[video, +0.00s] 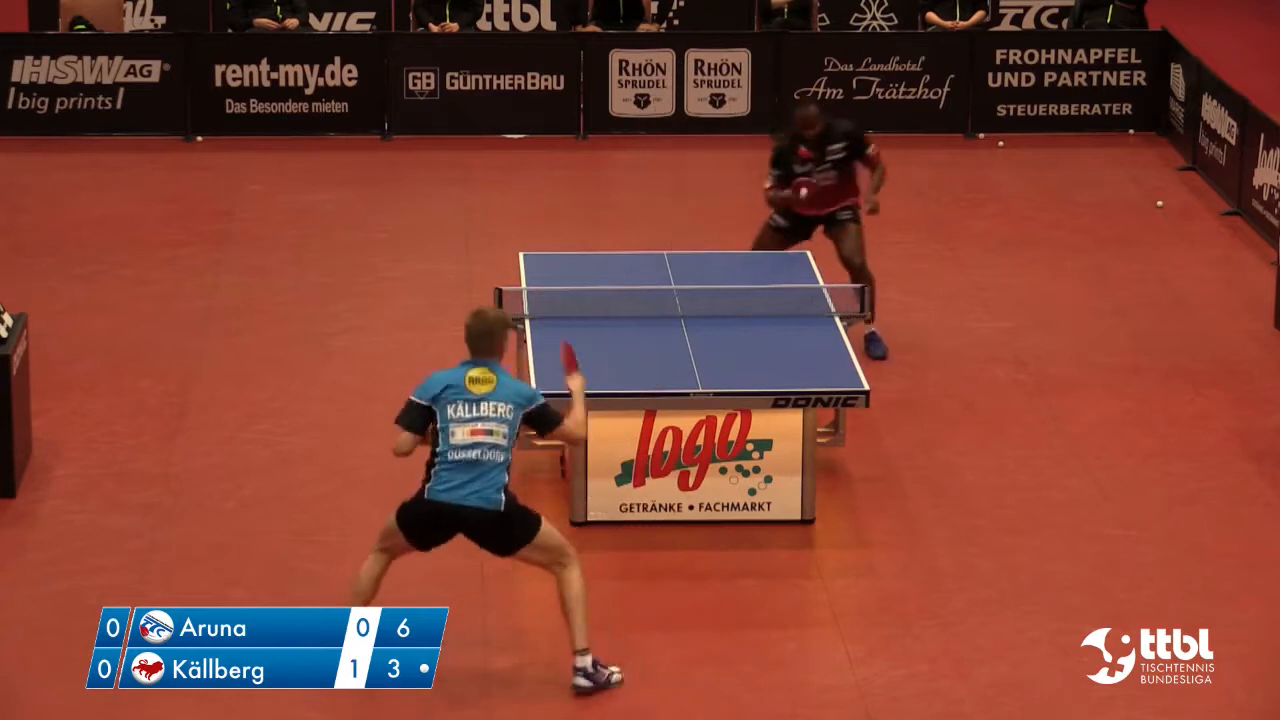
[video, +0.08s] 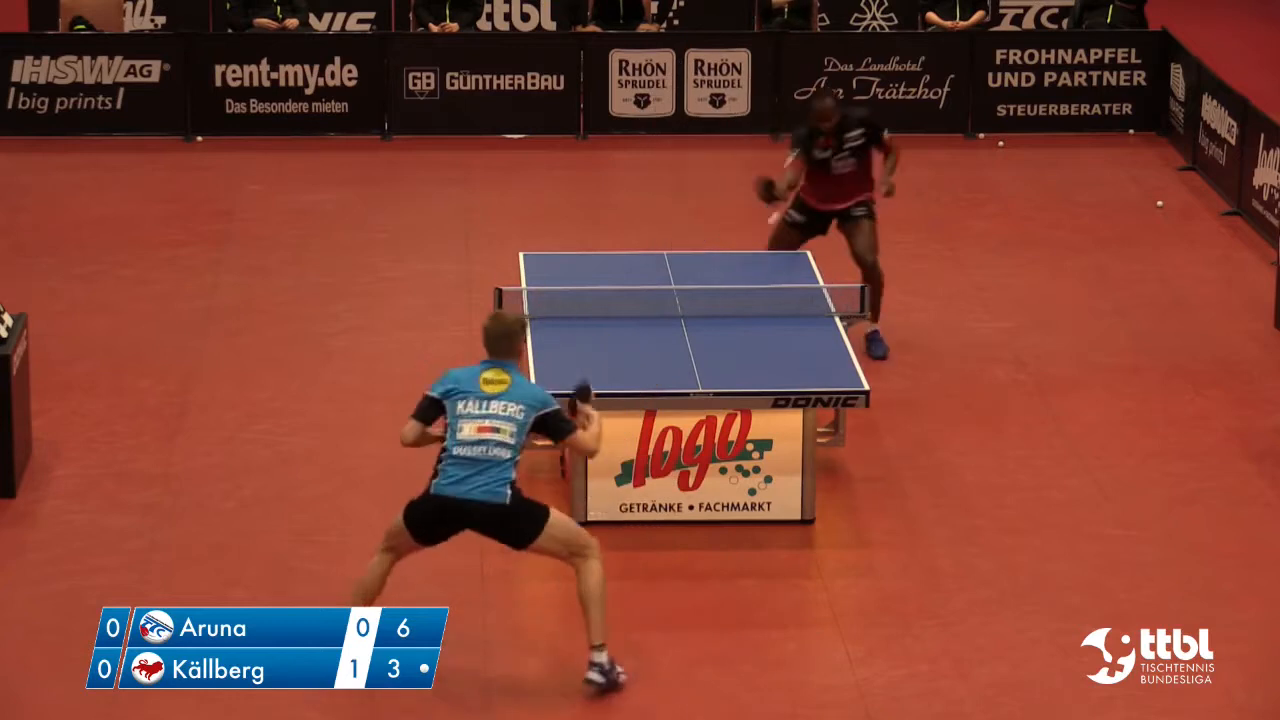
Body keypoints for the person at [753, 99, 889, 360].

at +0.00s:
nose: (811, 132)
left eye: (814, 126)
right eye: (805, 127)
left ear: (822, 120)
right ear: (796, 126)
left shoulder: (844, 135)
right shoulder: (786, 148)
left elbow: (878, 165)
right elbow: (771, 193)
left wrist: (872, 194)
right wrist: (792, 196)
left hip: (840, 209)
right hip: (797, 210)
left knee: (855, 263)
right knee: (758, 258)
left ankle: (870, 330)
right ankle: (756, 326)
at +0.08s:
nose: (826, 125)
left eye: (830, 119)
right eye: (820, 120)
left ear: (839, 112)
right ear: (812, 118)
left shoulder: (861, 123)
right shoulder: (806, 136)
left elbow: (891, 149)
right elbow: (793, 172)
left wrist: (888, 177)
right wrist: (779, 189)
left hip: (855, 203)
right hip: (812, 203)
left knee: (869, 262)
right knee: (775, 253)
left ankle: (873, 329)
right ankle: (769, 323)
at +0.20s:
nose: (852, 113)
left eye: (856, 107)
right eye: (847, 108)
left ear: (867, 103)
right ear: (839, 105)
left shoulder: (887, 117)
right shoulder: (831, 121)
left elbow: (907, 135)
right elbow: (804, 144)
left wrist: (916, 157)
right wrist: (780, 143)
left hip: (871, 201)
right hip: (826, 201)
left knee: (896, 259)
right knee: (791, 258)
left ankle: (902, 322)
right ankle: (776, 319)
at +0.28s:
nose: (869, 117)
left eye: (874, 110)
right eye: (863, 111)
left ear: (884, 106)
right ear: (851, 107)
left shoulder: (901, 125)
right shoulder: (839, 126)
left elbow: (921, 142)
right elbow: (803, 139)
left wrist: (935, 165)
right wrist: (788, 131)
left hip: (880, 211)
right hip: (834, 209)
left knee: (910, 271)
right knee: (792, 267)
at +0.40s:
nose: (870, 126)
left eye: (876, 120)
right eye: (866, 120)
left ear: (887, 120)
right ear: (858, 120)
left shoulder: (906, 147)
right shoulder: (843, 144)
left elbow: (933, 177)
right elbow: (797, 153)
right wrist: (787, 135)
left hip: (892, 228)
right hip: (846, 227)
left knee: (921, 283)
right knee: (799, 278)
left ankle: (972, 342)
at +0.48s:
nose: (853, 117)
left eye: (860, 111)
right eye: (849, 110)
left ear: (872, 110)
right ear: (842, 110)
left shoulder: (892, 140)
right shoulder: (830, 137)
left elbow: (911, 181)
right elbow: (788, 166)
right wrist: (781, 152)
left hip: (879, 225)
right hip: (832, 221)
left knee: (914, 279)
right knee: (788, 266)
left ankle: (968, 339)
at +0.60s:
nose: (815, 111)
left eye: (821, 105)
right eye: (810, 105)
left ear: (833, 104)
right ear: (803, 106)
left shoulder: (855, 133)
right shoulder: (796, 135)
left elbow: (869, 183)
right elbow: (785, 170)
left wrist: (838, 212)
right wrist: (773, 180)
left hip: (853, 213)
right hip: (807, 211)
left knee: (887, 270)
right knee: (760, 255)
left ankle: (910, 320)